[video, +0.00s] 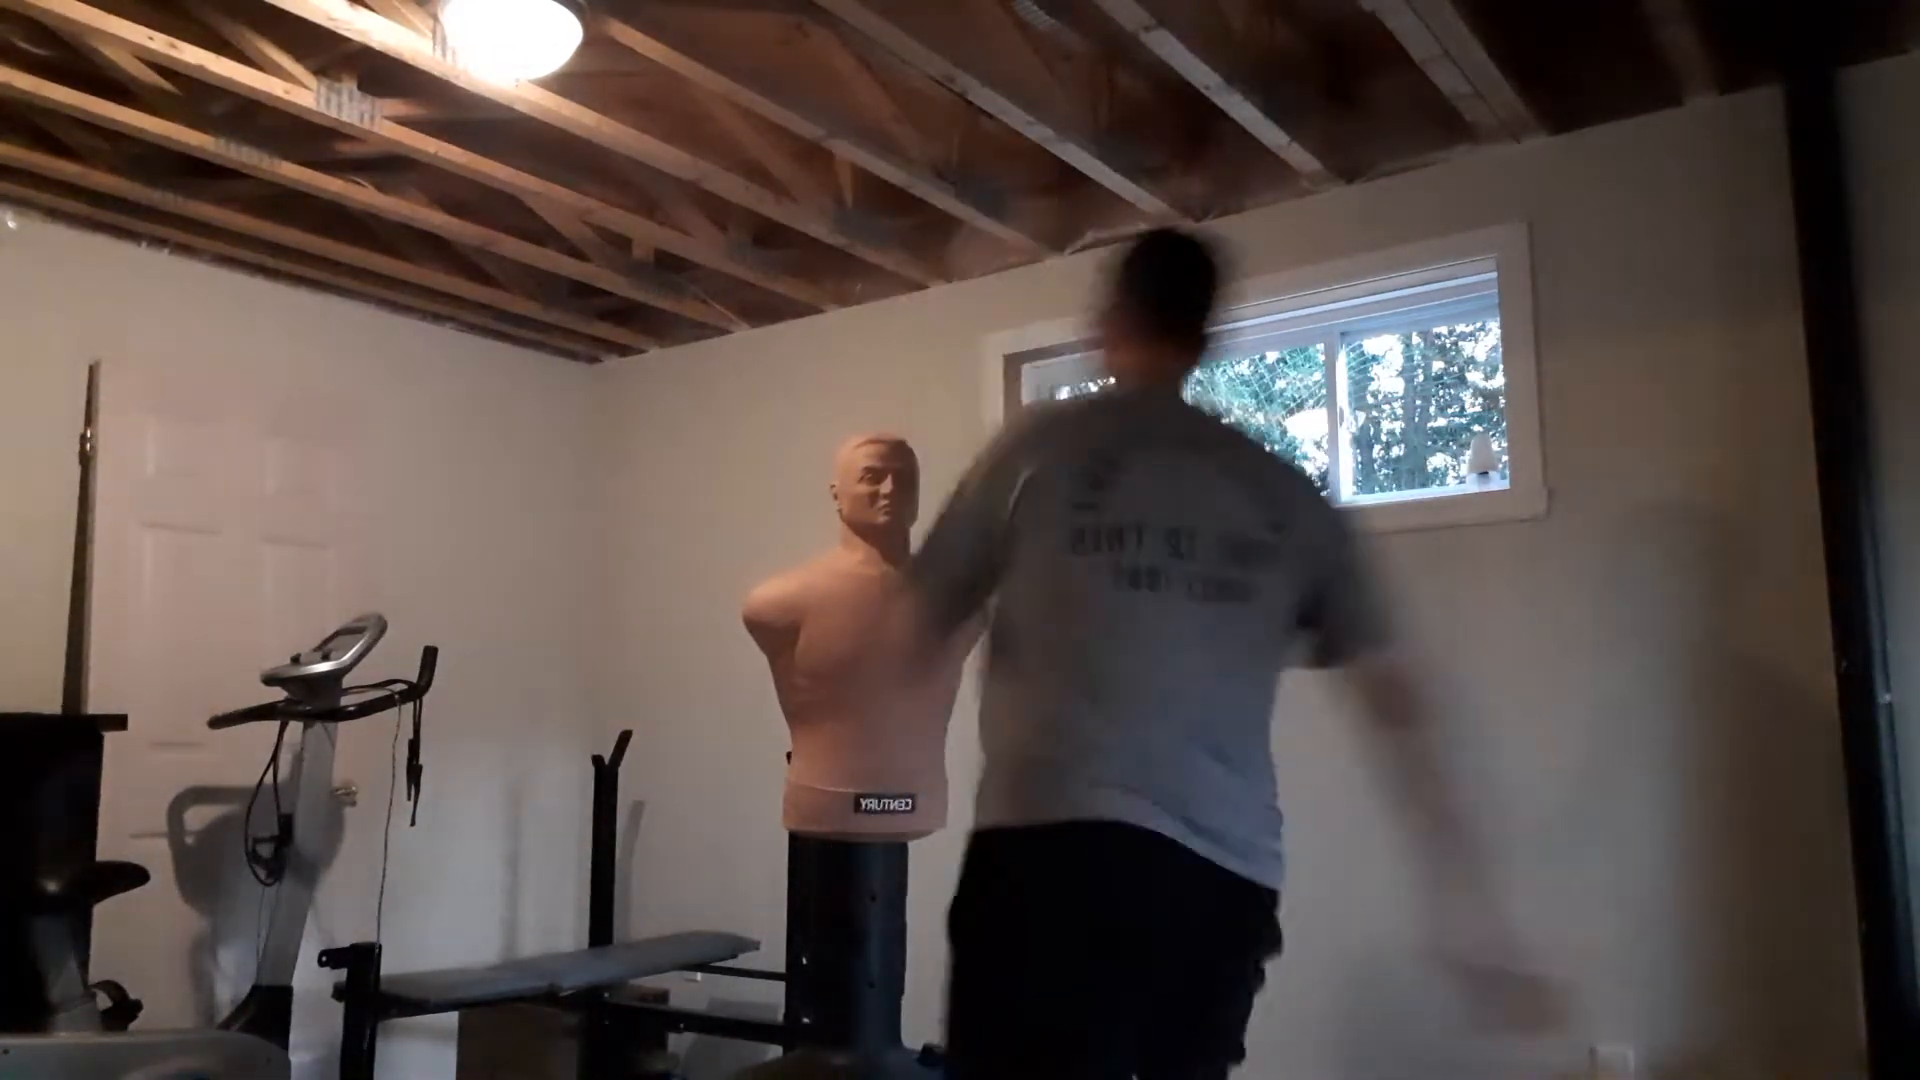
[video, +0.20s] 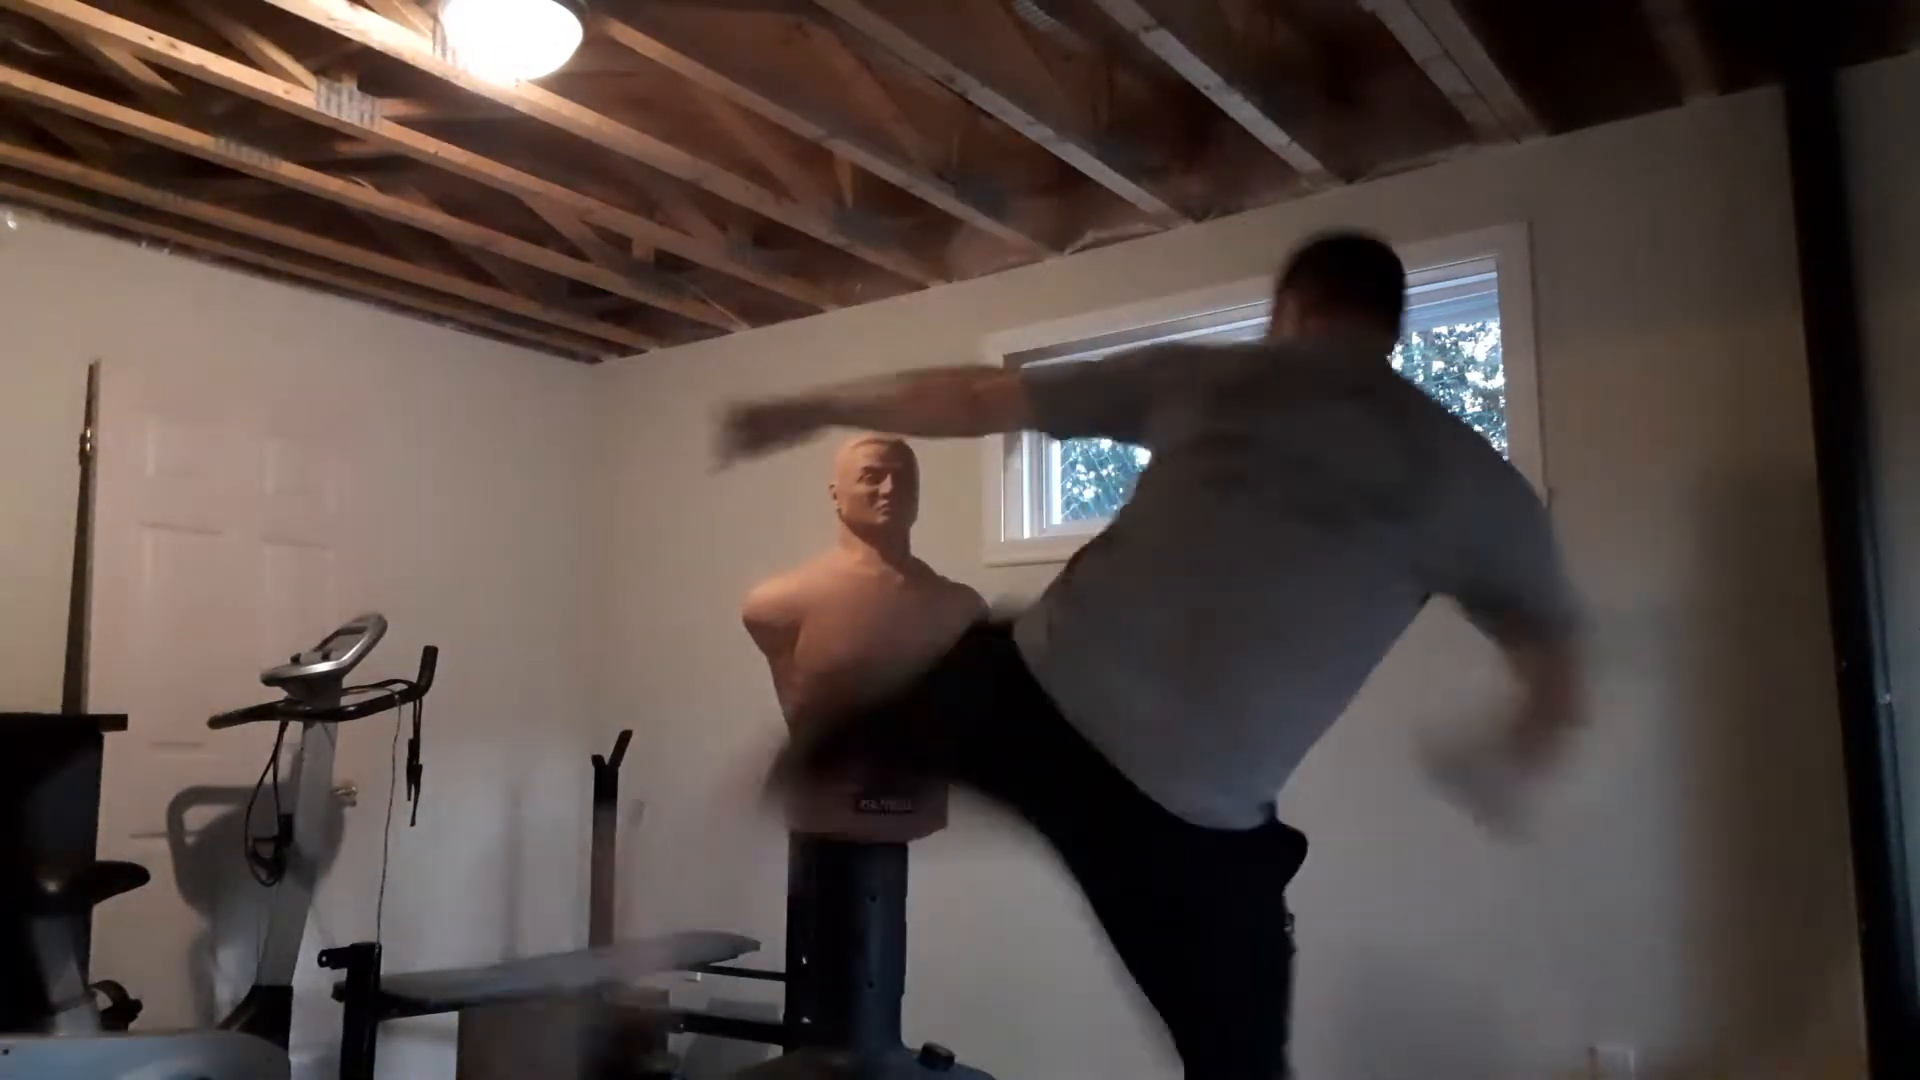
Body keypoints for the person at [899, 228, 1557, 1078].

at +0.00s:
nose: (1106, 328)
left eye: (1111, 313)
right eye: (1122, 312)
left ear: (1111, 323)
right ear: (1206, 333)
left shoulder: (1038, 444)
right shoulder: (1283, 490)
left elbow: (911, 636)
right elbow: (1395, 701)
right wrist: (1474, 928)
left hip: (1042, 859)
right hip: (1216, 882)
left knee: (1011, 1066)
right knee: (1181, 1067)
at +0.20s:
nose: (1274, 328)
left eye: (1281, 310)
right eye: (1289, 311)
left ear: (1295, 306)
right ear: (1397, 327)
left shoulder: (1216, 377)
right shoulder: (1472, 481)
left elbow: (992, 401)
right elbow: (1559, 685)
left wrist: (812, 407)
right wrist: (1504, 766)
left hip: (1023, 698)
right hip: (1193, 821)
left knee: (843, 739)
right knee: (1239, 1062)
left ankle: (809, 763)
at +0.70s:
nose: (1282, 342)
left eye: (1285, 323)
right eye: (1287, 324)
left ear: (1295, 323)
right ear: (1407, 332)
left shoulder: (1212, 469)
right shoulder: (1506, 463)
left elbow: (1120, 662)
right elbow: (1587, 684)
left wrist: (1177, 774)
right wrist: (1495, 629)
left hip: (1245, 830)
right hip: (1438, 829)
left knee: (1243, 1053)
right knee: (1524, 1063)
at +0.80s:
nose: (1275, 385)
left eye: (1275, 368)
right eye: (1278, 369)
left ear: (1284, 371)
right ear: (1396, 378)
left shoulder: (1202, 519)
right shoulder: (1491, 507)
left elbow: (1153, 737)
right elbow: (1569, 747)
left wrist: (1248, 826)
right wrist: (1452, 700)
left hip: (1279, 921)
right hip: (1475, 907)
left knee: (1329, 1065)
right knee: (1594, 1061)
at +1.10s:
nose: (1199, 393)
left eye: (1199, 378)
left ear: (1210, 376)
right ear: (1319, 383)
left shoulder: (1136, 502)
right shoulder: (1405, 494)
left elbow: (1072, 718)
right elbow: (1465, 731)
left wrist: (1124, 850)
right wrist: (1349, 734)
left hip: (1177, 900)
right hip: (1371, 900)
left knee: (1181, 1066)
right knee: (1478, 1067)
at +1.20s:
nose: (1208, 380)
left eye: (1211, 365)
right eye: (1213, 366)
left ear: (1222, 361)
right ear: (1325, 374)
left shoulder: (1132, 479)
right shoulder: (1400, 475)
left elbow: (1039, 675)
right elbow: (1452, 715)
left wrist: (1060, 821)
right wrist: (1354, 741)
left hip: (1167, 870)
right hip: (1354, 872)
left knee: (1175, 1070)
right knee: (1494, 1068)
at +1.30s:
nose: (1228, 358)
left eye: (1227, 344)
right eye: (1231, 347)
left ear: (1238, 339)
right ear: (1343, 349)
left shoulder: (1145, 459)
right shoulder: (1423, 446)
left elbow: (1024, 639)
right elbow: (1475, 685)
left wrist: (1007, 797)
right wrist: (1377, 674)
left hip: (1179, 847)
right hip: (1375, 849)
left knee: (1179, 1071)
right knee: (1524, 1069)